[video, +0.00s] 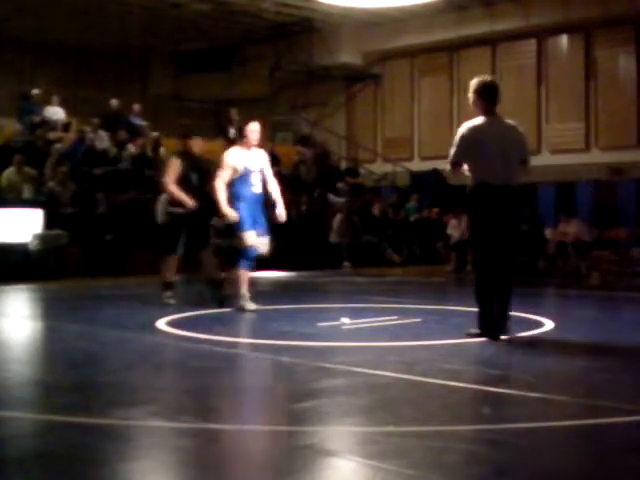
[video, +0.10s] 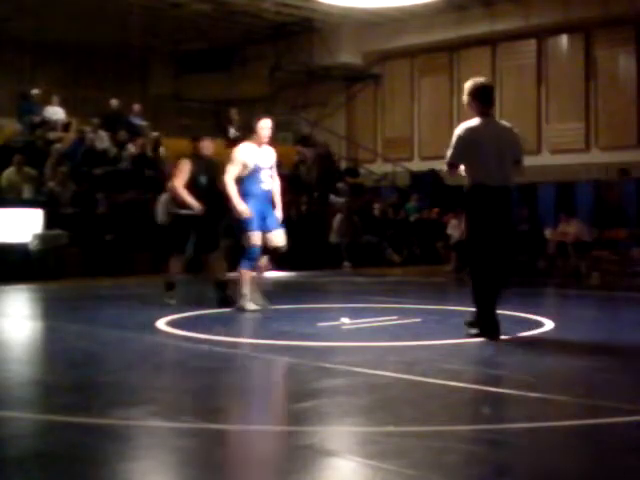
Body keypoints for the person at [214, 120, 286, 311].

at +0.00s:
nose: (255, 136)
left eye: (257, 133)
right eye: (252, 133)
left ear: (260, 135)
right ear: (244, 135)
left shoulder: (262, 155)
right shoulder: (232, 155)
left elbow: (271, 181)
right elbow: (220, 182)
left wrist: (279, 204)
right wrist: (225, 208)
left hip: (258, 203)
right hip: (241, 204)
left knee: (262, 245)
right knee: (248, 245)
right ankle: (243, 294)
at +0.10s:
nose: (267, 133)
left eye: (269, 129)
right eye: (263, 129)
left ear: (271, 132)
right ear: (255, 130)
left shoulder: (270, 153)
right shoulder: (243, 150)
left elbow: (274, 179)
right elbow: (229, 177)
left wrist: (278, 205)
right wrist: (238, 203)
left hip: (267, 201)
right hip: (250, 202)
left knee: (278, 241)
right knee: (253, 245)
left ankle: (253, 283)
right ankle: (245, 293)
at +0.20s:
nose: (279, 131)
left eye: (282, 128)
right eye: (276, 127)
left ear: (284, 131)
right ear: (268, 128)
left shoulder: (280, 151)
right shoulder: (255, 148)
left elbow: (275, 177)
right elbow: (238, 173)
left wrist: (277, 199)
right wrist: (250, 198)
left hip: (275, 202)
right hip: (259, 201)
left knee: (290, 240)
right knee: (257, 244)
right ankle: (245, 293)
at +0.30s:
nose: (293, 133)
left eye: (295, 129)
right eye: (289, 129)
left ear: (296, 131)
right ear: (280, 130)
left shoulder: (292, 153)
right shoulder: (267, 149)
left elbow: (286, 178)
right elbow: (249, 173)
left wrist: (287, 198)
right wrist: (267, 197)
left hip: (286, 202)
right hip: (268, 202)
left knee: (296, 246)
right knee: (263, 246)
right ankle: (245, 293)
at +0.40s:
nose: (305, 135)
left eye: (307, 131)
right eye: (302, 131)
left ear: (309, 134)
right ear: (293, 131)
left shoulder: (303, 155)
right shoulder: (280, 151)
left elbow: (298, 180)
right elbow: (266, 176)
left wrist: (302, 199)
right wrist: (287, 197)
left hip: (300, 206)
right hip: (282, 206)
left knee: (311, 249)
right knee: (273, 248)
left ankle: (325, 296)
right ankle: (247, 292)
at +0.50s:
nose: (318, 134)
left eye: (320, 131)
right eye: (315, 130)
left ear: (321, 133)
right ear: (306, 130)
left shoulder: (315, 155)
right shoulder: (292, 151)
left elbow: (311, 182)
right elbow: (286, 180)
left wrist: (315, 202)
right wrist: (305, 202)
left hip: (314, 205)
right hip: (296, 205)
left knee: (325, 249)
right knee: (292, 249)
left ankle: (327, 296)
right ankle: (256, 286)